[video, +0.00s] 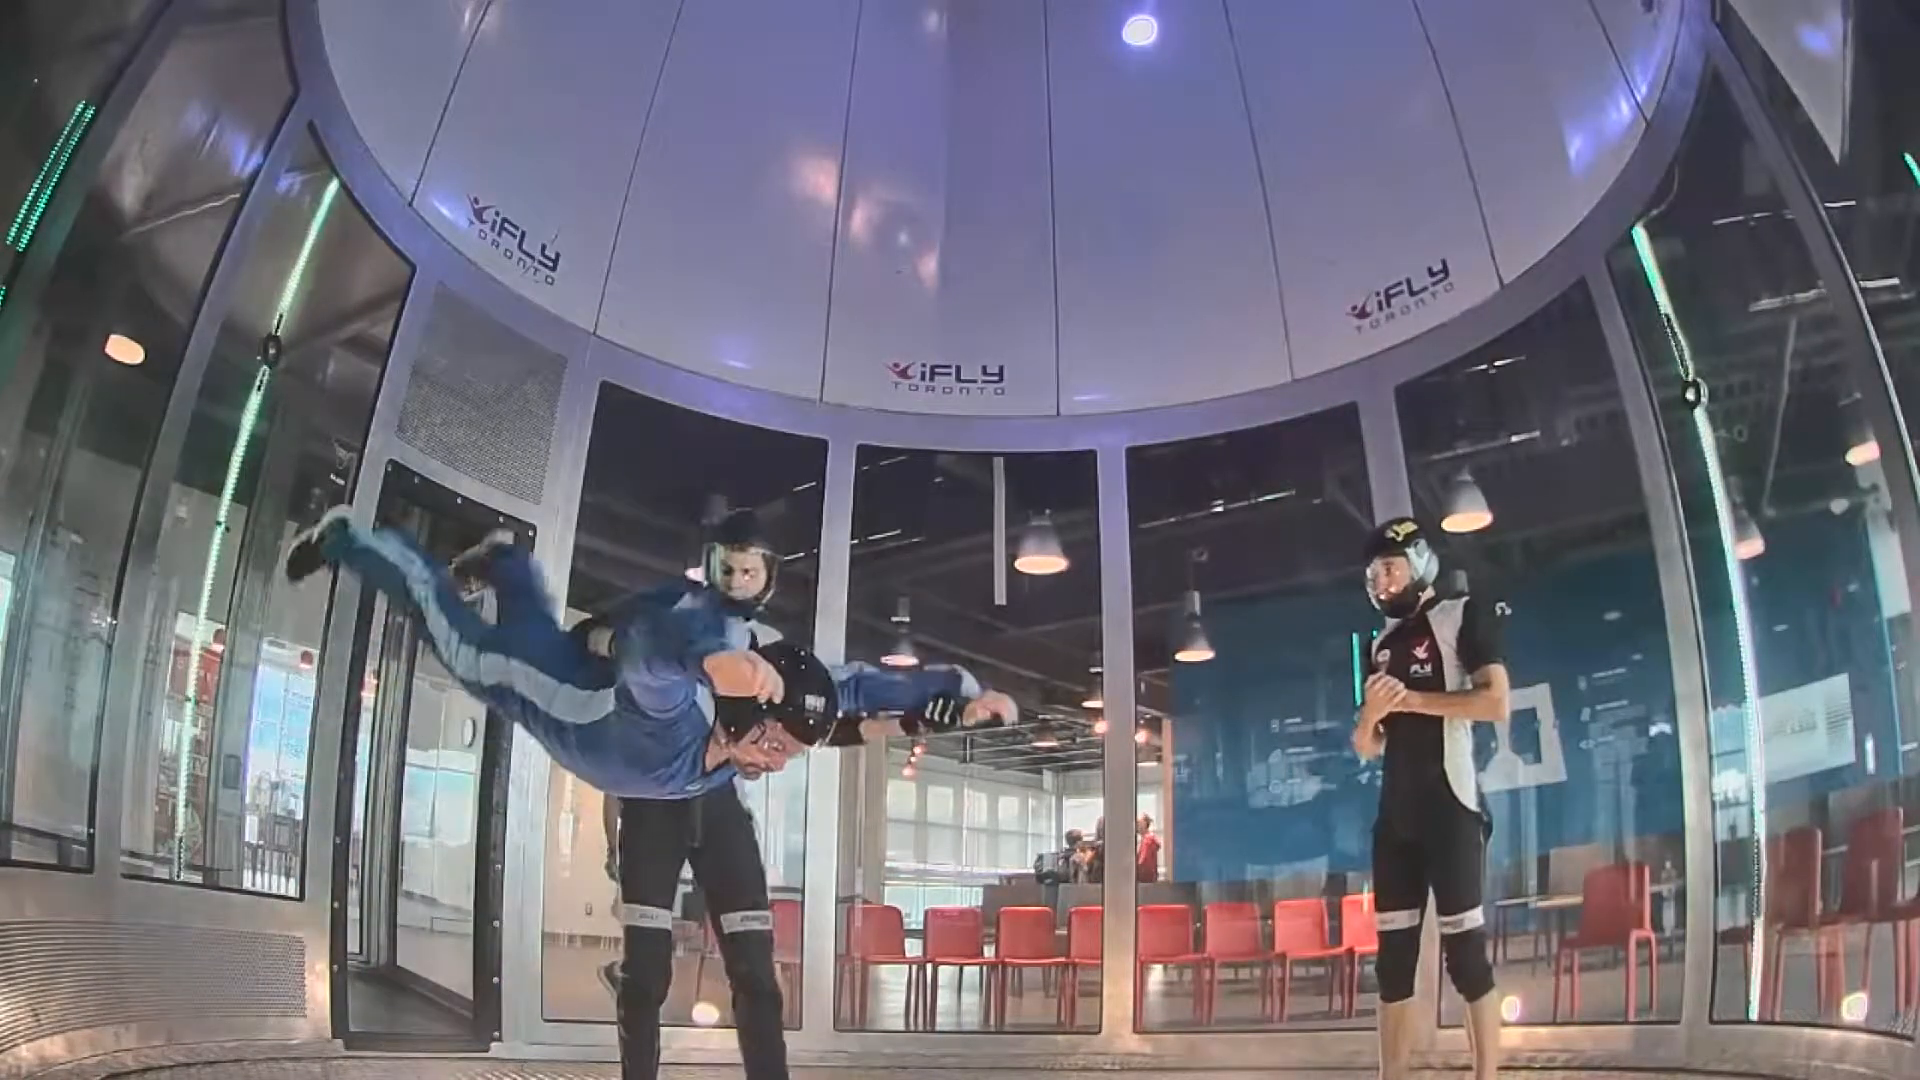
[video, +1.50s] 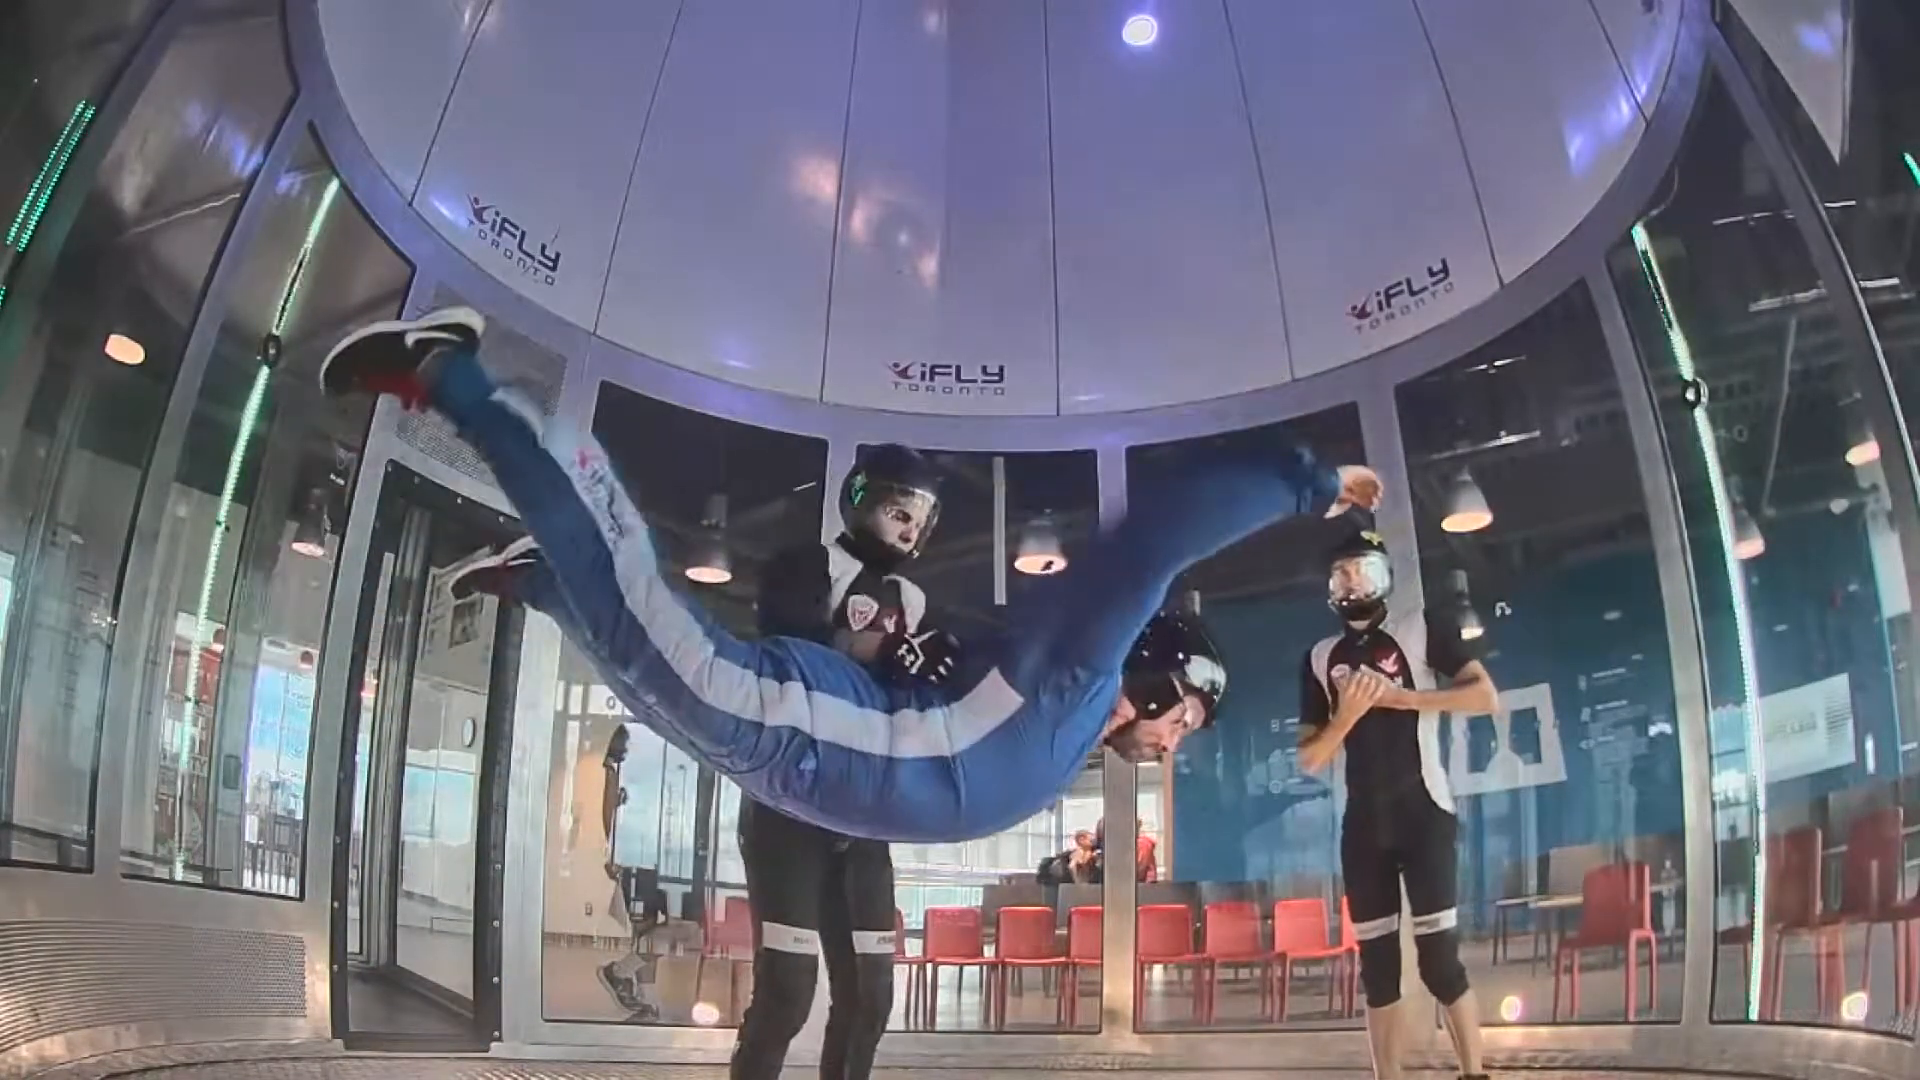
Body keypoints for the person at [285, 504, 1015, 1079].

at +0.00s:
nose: (774, 759)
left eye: (789, 753)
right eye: (775, 739)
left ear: (781, 751)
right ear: (753, 720)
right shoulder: (686, 700)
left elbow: (868, 691)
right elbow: (660, 633)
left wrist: (956, 692)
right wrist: (714, 647)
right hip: (583, 698)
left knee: (534, 654)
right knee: (463, 651)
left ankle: (504, 554)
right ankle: (359, 541)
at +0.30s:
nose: (826, 730)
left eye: (840, 720)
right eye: (825, 709)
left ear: (836, 711)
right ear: (796, 674)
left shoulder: (778, 709)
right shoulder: (715, 645)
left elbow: (889, 704)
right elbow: (701, 561)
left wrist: (985, 731)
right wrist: (759, 498)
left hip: (623, 664)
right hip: (572, 641)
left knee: (575, 588)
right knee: (493, 556)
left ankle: (558, 509)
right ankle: (429, 430)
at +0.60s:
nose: (987, 665)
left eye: (1005, 661)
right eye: (992, 641)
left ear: (985, 671)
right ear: (956, 609)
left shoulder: (886, 695)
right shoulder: (859, 586)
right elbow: (846, 458)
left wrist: (1069, 635)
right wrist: (934, 357)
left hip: (661, 707)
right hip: (630, 648)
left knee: (568, 650)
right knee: (507, 585)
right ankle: (391, 482)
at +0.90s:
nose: (1084, 659)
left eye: (1098, 650)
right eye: (1091, 638)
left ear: (1068, 625)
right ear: (1066, 601)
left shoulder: (985, 667)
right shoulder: (969, 573)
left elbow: (870, 614)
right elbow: (974, 441)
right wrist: (1097, 344)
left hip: (744, 727)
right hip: (718, 678)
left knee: (603, 691)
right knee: (541, 665)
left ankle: (532, 701)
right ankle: (335, 615)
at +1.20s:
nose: (1152, 687)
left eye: (1165, 676)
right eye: (1157, 665)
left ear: (1133, 662)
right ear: (1124, 638)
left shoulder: (1040, 698)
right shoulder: (1042, 635)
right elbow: (1102, 495)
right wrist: (1259, 429)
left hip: (776, 740)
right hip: (757, 706)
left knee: (601, 660)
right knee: (580, 656)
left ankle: (428, 520)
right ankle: (369, 523)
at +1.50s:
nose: (1170, 739)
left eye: (1183, 726)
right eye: (1180, 715)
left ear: (1147, 705)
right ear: (1152, 687)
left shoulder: (1054, 747)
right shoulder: (1064, 678)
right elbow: (1157, 540)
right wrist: (1314, 483)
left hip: (767, 734)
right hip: (770, 699)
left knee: (624, 636)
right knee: (618, 556)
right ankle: (455, 375)